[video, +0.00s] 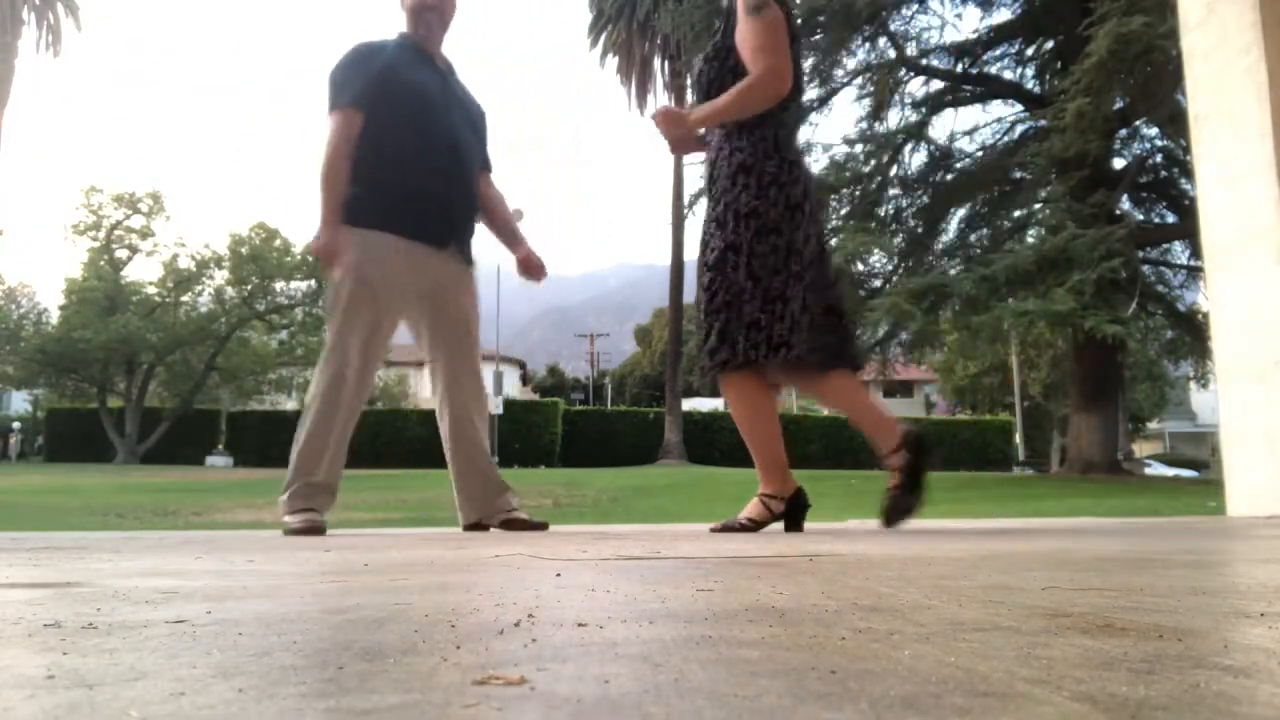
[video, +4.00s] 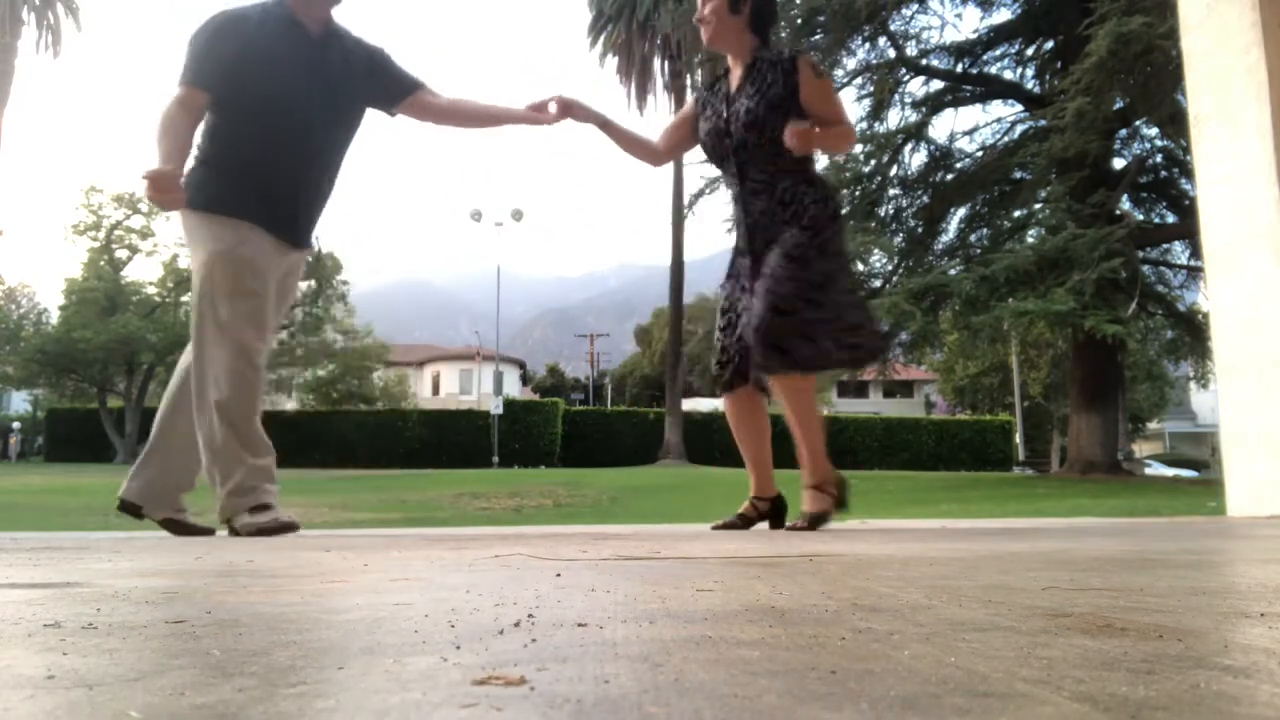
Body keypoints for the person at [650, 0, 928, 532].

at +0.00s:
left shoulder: (751, 5)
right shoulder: (735, 25)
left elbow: (774, 77)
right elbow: (757, 115)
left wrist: (695, 117)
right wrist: (698, 140)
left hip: (752, 186)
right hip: (769, 187)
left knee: (731, 343)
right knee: (786, 345)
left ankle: (777, 490)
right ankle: (896, 442)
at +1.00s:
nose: (642, 5)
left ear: (676, 7)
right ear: (623, 9)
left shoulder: (700, 67)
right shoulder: (610, 82)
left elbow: (736, 146)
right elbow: (605, 170)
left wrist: (681, 148)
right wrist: (594, 151)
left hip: (691, 220)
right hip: (635, 224)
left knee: (700, 349)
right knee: (629, 358)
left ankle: (734, 487)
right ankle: (658, 496)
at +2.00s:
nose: (690, 5)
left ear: (726, 7)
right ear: (671, 9)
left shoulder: (748, 61)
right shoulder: (666, 82)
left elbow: (787, 134)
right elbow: (661, 170)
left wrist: (733, 125)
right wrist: (628, 147)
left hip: (744, 223)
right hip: (689, 226)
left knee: (745, 350)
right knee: (663, 346)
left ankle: (742, 494)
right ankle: (682, 487)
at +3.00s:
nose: (657, 9)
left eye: (668, 1)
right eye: (658, 2)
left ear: (702, 9)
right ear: (671, 14)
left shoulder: (731, 65)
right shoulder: (664, 91)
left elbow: (767, 141)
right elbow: (623, 166)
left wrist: (719, 123)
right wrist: (576, 142)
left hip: (733, 227)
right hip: (682, 235)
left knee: (743, 359)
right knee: (668, 364)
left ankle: (758, 495)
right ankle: (689, 496)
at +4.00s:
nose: (698, 13)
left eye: (709, 4)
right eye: (699, 5)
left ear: (742, 12)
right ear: (719, 17)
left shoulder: (794, 69)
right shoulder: (712, 98)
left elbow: (844, 134)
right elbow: (657, 152)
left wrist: (814, 136)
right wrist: (589, 115)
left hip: (806, 225)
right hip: (753, 238)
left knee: (771, 335)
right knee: (733, 363)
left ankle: (821, 479)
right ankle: (765, 495)